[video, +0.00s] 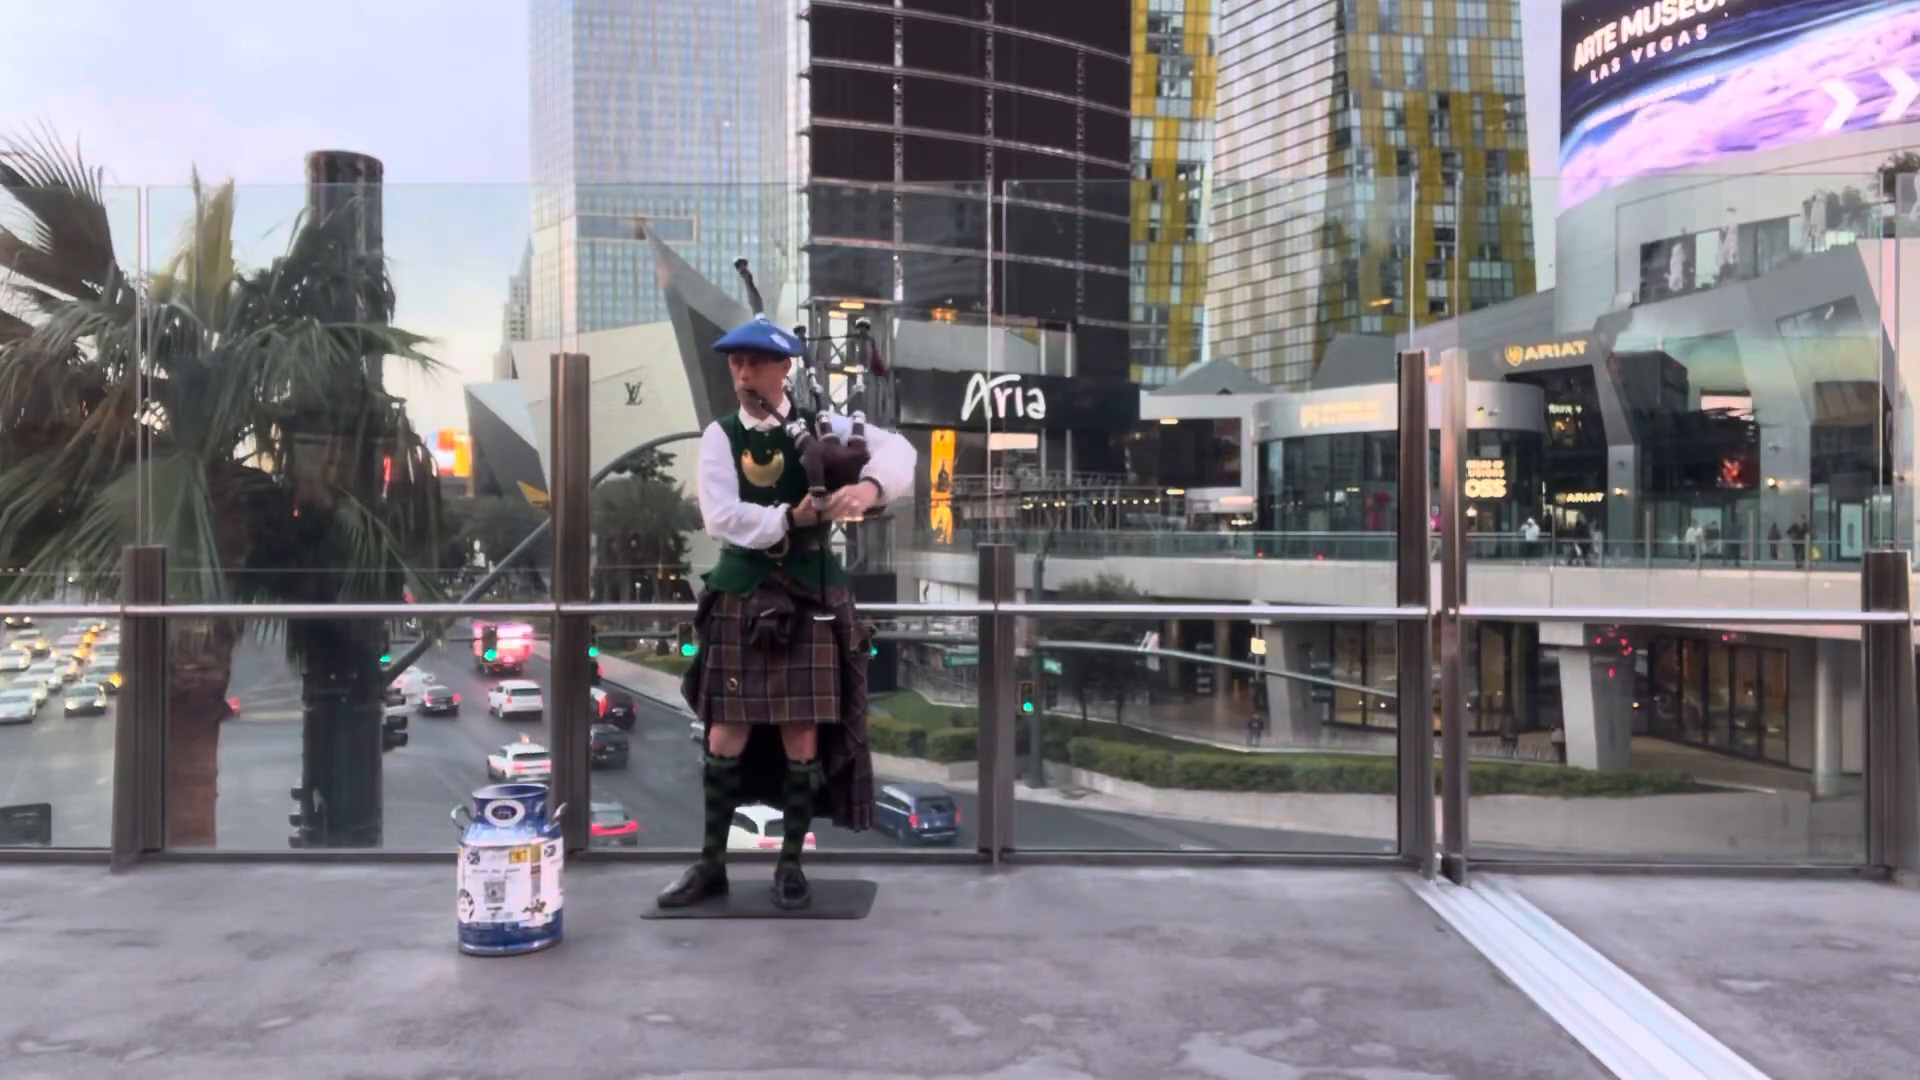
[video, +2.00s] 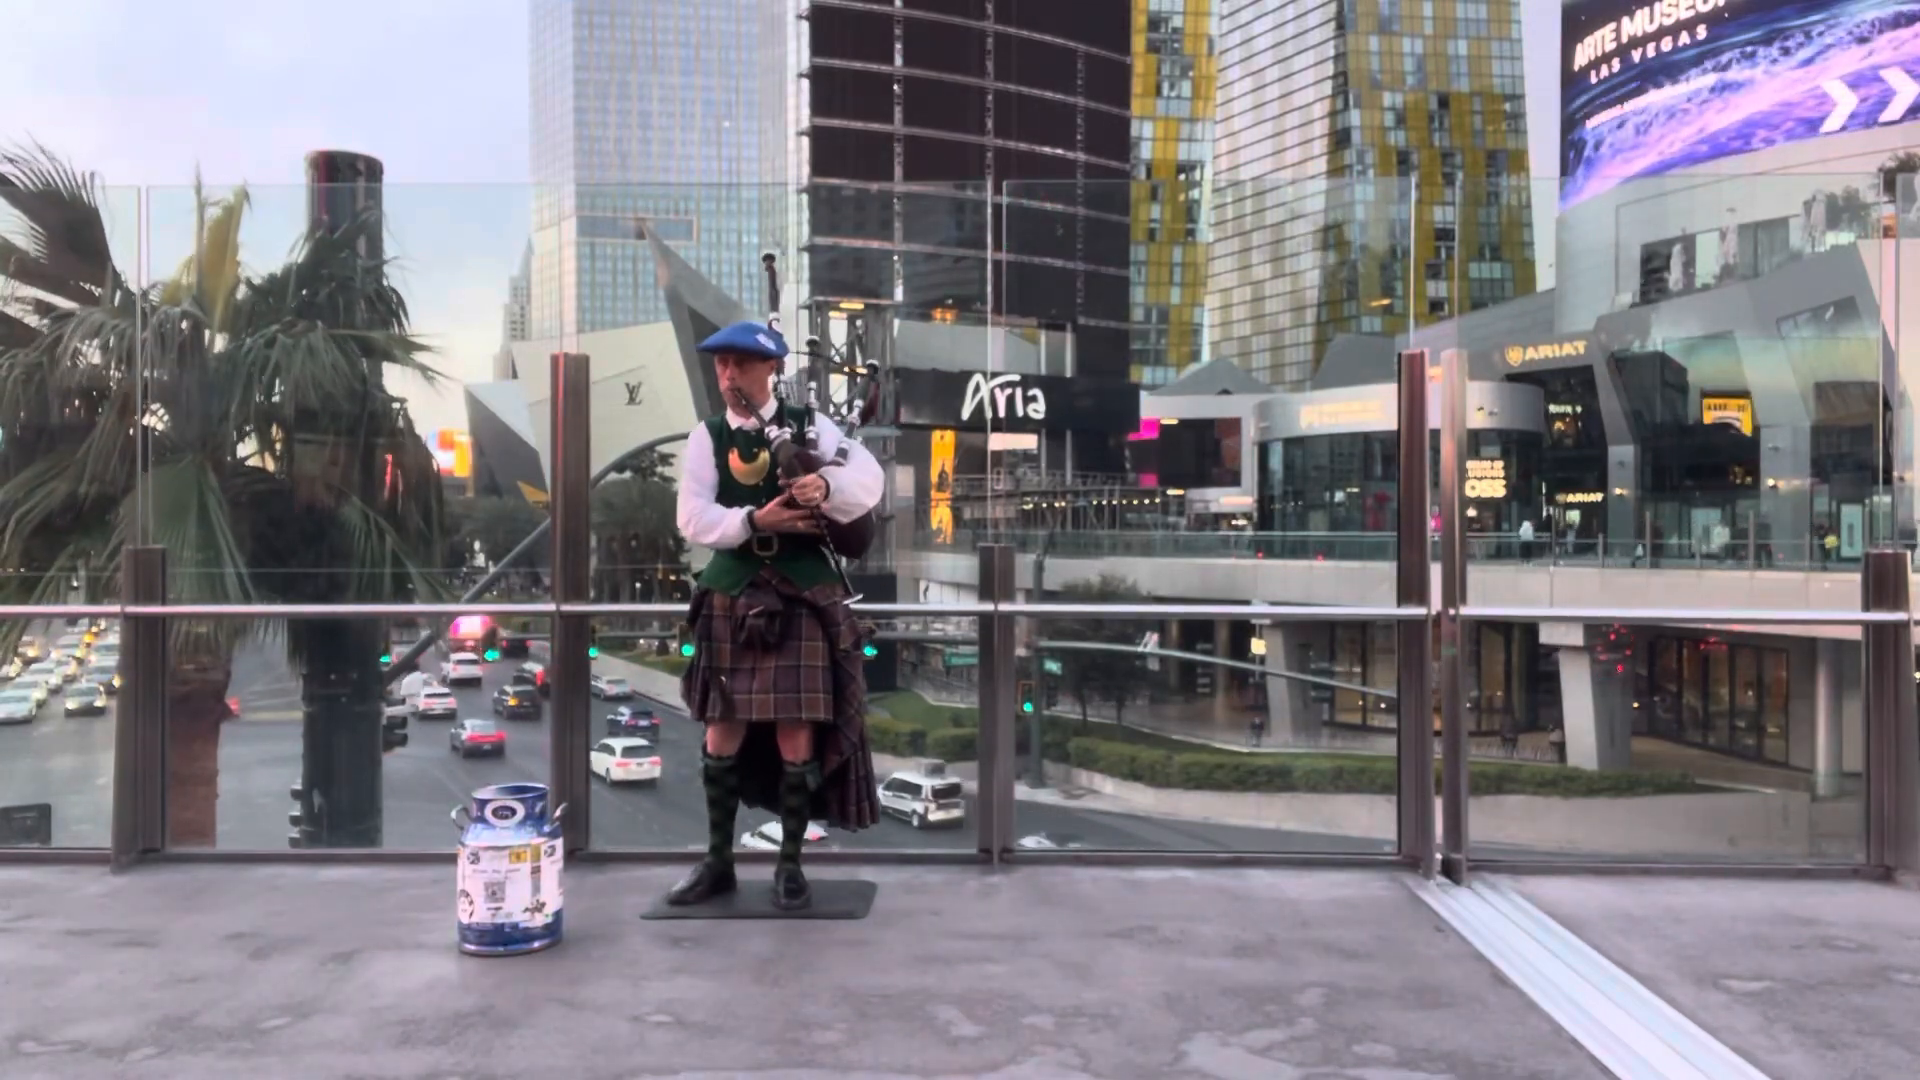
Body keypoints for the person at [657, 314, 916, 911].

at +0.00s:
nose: (740, 374)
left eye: (753, 363)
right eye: (735, 364)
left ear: (785, 367)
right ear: (731, 370)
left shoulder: (825, 424)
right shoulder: (722, 434)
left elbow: (899, 450)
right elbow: (721, 515)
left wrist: (871, 487)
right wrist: (792, 517)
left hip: (811, 595)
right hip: (741, 594)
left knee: (801, 733)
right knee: (726, 731)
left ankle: (790, 866)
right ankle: (711, 866)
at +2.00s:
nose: (727, 375)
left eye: (740, 363)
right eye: (720, 364)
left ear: (771, 368)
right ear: (716, 370)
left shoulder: (811, 425)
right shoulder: (707, 438)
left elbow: (869, 482)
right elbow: (692, 518)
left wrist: (827, 489)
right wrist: (757, 519)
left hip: (804, 591)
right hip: (731, 592)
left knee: (795, 727)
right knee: (723, 726)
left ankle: (789, 864)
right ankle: (719, 861)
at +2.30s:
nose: (711, 373)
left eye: (724, 361)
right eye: (705, 362)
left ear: (755, 365)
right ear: (699, 369)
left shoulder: (793, 422)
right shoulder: (691, 435)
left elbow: (869, 437)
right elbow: (683, 516)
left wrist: (824, 481)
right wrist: (748, 514)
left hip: (785, 589)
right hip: (714, 589)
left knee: (783, 728)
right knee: (713, 727)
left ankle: (788, 863)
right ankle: (718, 862)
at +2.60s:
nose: (694, 374)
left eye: (705, 361)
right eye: (684, 363)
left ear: (732, 365)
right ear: (677, 371)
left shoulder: (777, 423)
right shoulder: (672, 436)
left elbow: (843, 464)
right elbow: (664, 513)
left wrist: (810, 510)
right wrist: (733, 511)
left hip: (769, 588)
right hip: (699, 591)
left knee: (774, 728)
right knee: (705, 730)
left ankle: (787, 865)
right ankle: (715, 864)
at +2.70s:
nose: (686, 375)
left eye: (697, 363)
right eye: (678, 364)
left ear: (725, 365)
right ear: (671, 372)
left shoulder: (774, 425)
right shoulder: (666, 436)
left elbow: (829, 476)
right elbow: (653, 516)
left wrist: (797, 518)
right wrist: (722, 513)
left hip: (766, 590)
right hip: (695, 594)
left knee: (773, 729)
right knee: (703, 731)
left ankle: (787, 866)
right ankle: (716, 864)